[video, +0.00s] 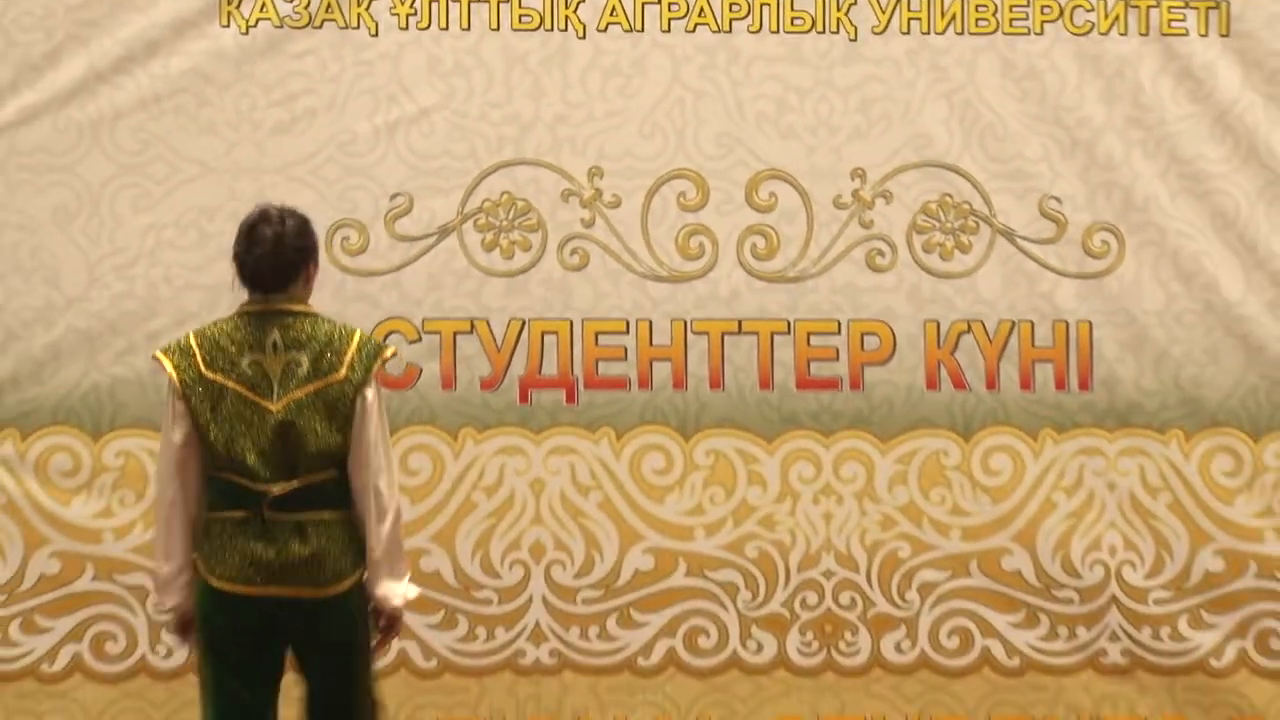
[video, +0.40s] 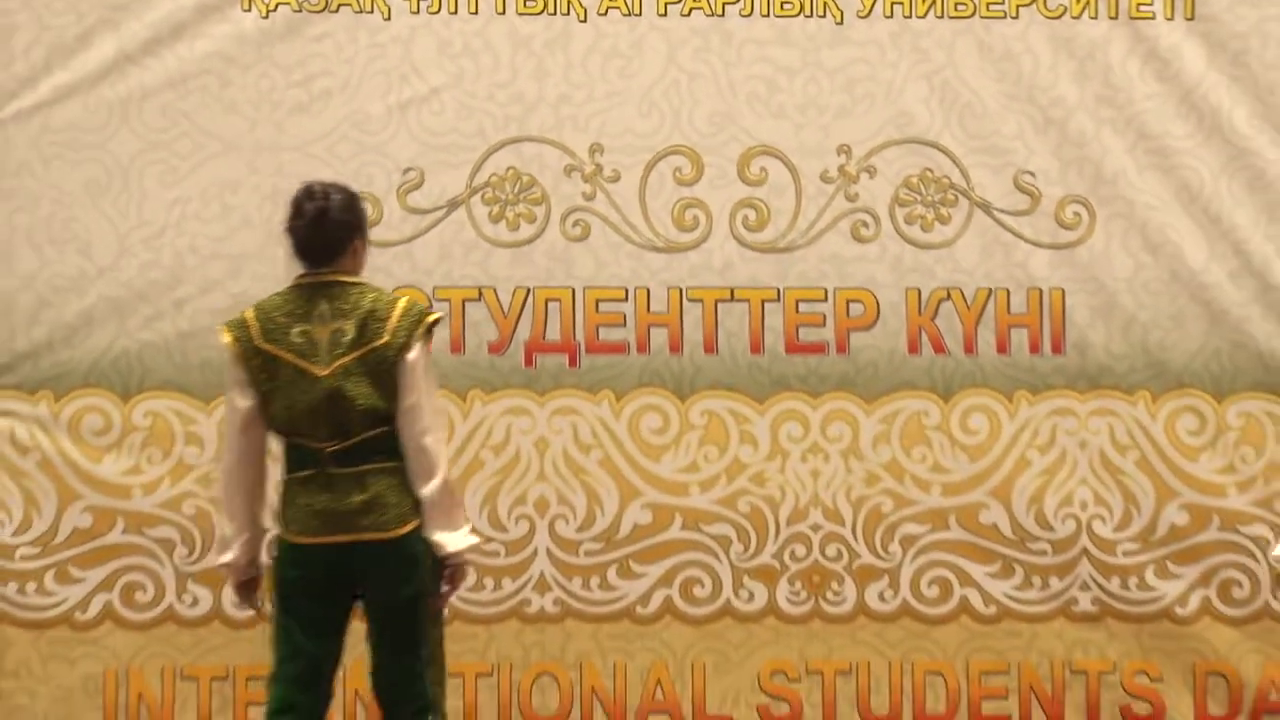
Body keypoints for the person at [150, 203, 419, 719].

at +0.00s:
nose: (317, 271)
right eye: (316, 262)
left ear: (240, 270)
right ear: (311, 270)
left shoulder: (192, 357)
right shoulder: (351, 353)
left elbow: (177, 486)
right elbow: (372, 480)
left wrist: (175, 594)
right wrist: (388, 585)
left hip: (231, 598)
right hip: (331, 597)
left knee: (235, 713)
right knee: (344, 711)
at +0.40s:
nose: (367, 246)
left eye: (362, 235)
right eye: (366, 237)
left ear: (295, 246)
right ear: (357, 245)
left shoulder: (253, 329)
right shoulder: (398, 316)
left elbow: (244, 452)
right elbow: (419, 435)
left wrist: (244, 549)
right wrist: (450, 538)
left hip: (308, 551)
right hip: (394, 545)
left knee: (294, 702)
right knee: (411, 701)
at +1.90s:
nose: (356, 180)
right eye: (365, 172)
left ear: (313, 176)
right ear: (369, 177)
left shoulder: (279, 242)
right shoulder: (396, 245)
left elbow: (259, 342)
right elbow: (408, 345)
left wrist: (243, 424)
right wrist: (412, 427)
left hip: (300, 428)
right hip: (372, 429)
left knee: (302, 554)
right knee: (371, 553)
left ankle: (309, 681)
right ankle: (366, 679)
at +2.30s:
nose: (381, 181)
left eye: (373, 173)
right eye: (380, 174)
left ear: (323, 176)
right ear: (375, 177)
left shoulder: (287, 240)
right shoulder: (396, 236)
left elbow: (282, 334)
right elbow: (416, 329)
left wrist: (285, 412)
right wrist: (435, 404)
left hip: (322, 411)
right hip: (394, 407)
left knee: (323, 535)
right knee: (423, 532)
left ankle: (315, 659)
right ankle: (428, 658)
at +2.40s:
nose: (389, 182)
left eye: (380, 174)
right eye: (388, 175)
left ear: (332, 181)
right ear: (382, 179)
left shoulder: (299, 244)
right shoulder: (407, 239)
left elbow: (290, 338)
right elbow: (427, 330)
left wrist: (290, 415)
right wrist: (447, 403)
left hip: (336, 412)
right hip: (404, 409)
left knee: (330, 534)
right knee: (416, 536)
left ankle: (317, 654)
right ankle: (417, 656)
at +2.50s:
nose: (394, 182)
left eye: (382, 175)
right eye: (394, 175)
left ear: (340, 181)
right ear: (390, 180)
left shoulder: (310, 243)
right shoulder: (418, 236)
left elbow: (300, 336)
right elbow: (435, 329)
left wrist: (296, 410)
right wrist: (455, 403)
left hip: (345, 410)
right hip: (412, 408)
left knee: (336, 528)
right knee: (419, 532)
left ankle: (317, 648)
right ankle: (416, 652)